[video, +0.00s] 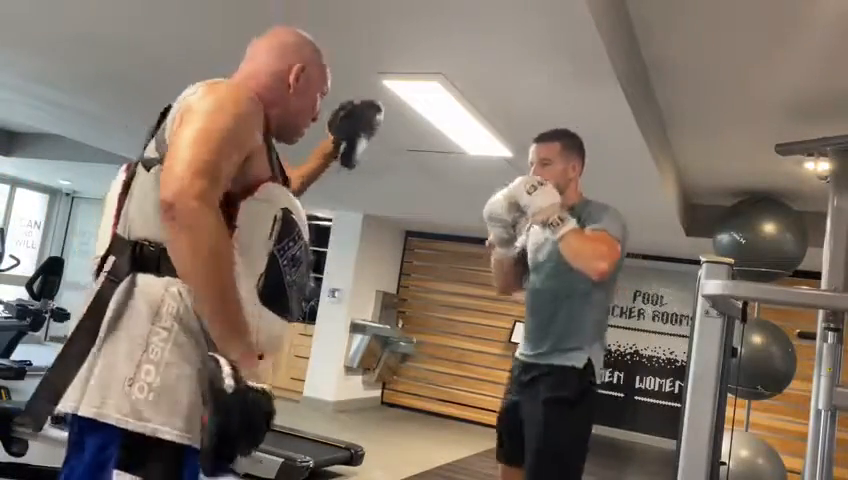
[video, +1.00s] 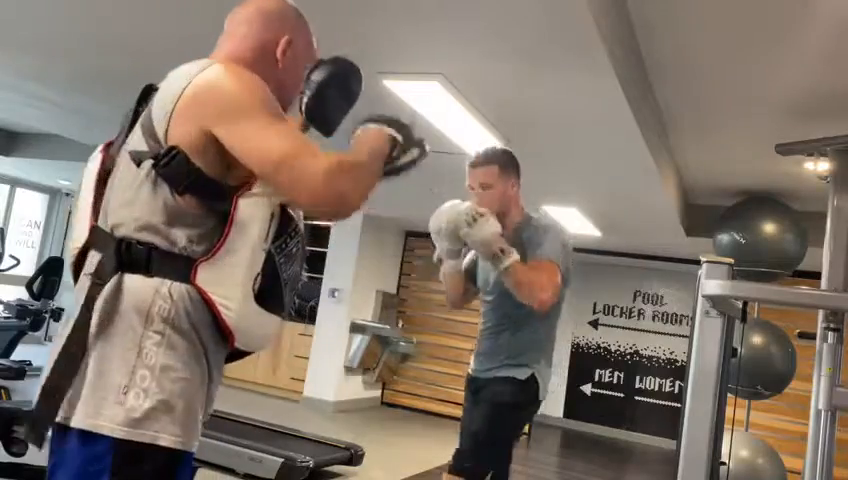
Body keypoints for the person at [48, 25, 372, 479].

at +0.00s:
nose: (319, 110)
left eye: (325, 100)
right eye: (322, 95)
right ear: (295, 77)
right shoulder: (229, 100)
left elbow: (274, 197)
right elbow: (186, 200)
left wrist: (331, 147)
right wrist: (239, 348)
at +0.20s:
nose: (336, 134)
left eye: (342, 123)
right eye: (338, 118)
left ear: (309, 98)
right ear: (316, 98)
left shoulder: (280, 158)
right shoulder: (256, 109)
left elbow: (290, 232)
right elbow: (186, 168)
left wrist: (350, 188)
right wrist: (206, 314)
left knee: (203, 469)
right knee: (142, 471)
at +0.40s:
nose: (347, 148)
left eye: (352, 137)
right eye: (349, 132)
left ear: (320, 111)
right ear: (327, 111)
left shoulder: (293, 172)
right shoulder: (269, 114)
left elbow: (299, 243)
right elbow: (197, 159)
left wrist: (354, 201)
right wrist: (235, 295)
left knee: (201, 468)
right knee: (146, 469)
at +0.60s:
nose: (336, 135)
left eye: (341, 124)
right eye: (338, 118)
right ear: (316, 98)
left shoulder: (281, 166)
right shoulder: (258, 106)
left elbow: (290, 236)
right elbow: (230, 174)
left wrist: (347, 181)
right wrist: (328, 282)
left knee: (203, 460)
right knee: (142, 464)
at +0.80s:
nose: (317, 110)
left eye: (323, 98)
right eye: (320, 94)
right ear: (295, 76)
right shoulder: (229, 102)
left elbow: (255, 212)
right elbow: (298, 195)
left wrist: (324, 160)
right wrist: (395, 222)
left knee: (185, 466)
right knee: (132, 466)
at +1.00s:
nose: (304, 86)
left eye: (312, 74)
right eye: (309, 70)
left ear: (235, 37)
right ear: (283, 51)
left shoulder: (192, 85)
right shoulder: (224, 86)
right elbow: (329, 192)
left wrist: (300, 121)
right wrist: (375, 142)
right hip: (152, 332)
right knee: (132, 462)